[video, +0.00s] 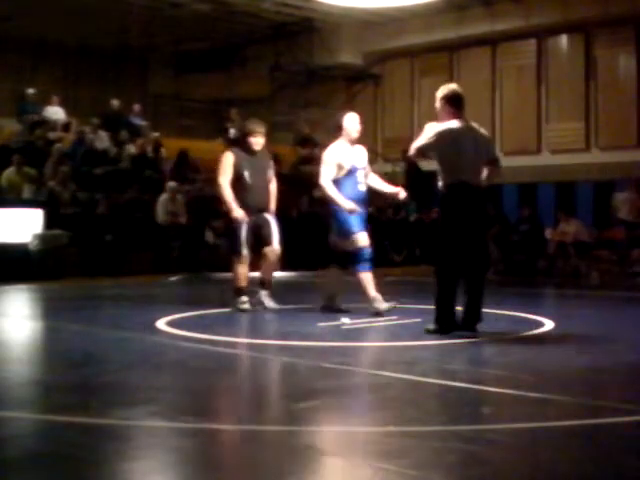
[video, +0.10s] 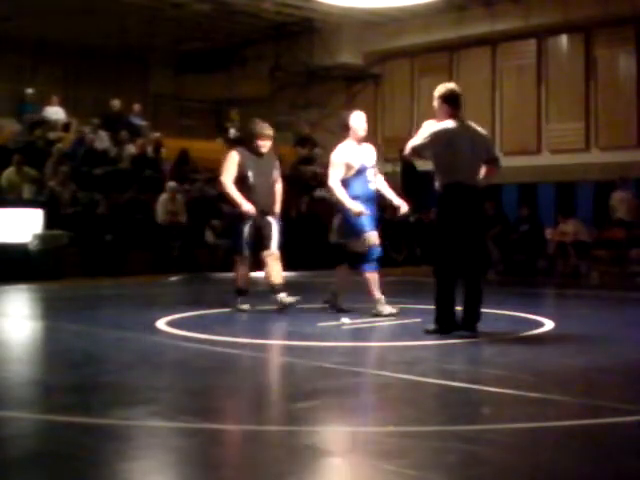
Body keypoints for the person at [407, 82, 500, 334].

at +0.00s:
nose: (436, 111)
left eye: (438, 106)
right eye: (437, 106)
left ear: (445, 107)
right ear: (462, 106)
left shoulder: (438, 131)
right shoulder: (479, 133)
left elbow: (414, 153)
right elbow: (494, 165)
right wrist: (481, 184)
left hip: (449, 198)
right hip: (475, 197)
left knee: (447, 258)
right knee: (475, 259)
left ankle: (444, 319)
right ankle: (471, 319)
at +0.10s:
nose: (434, 109)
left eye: (436, 105)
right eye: (434, 104)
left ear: (443, 106)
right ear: (459, 105)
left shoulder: (435, 130)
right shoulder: (477, 132)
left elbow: (409, 152)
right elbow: (493, 163)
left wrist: (423, 129)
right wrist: (478, 182)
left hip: (446, 198)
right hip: (472, 198)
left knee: (445, 260)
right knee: (473, 261)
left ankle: (444, 320)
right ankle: (470, 321)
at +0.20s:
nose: (429, 108)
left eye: (432, 103)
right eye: (430, 103)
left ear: (440, 106)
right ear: (456, 106)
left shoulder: (432, 131)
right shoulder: (472, 131)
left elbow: (405, 152)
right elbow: (493, 160)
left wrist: (419, 129)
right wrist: (476, 180)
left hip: (443, 197)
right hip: (469, 196)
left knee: (444, 260)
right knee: (470, 259)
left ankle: (445, 320)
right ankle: (470, 321)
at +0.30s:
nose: (426, 109)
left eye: (427, 104)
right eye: (427, 104)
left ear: (433, 106)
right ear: (450, 105)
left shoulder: (427, 132)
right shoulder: (467, 130)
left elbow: (401, 156)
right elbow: (491, 157)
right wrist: (475, 179)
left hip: (439, 197)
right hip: (466, 196)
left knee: (443, 261)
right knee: (466, 259)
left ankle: (445, 321)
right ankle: (469, 321)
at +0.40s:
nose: (422, 109)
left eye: (423, 105)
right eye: (423, 105)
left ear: (428, 107)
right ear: (447, 105)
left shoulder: (424, 134)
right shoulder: (465, 129)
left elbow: (402, 159)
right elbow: (489, 152)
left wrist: (412, 183)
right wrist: (476, 177)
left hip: (436, 198)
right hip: (462, 196)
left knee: (440, 261)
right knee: (462, 259)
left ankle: (445, 322)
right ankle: (468, 322)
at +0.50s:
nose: (419, 111)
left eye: (420, 107)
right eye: (421, 107)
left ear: (424, 108)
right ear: (443, 106)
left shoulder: (420, 134)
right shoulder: (460, 129)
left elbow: (403, 165)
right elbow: (486, 150)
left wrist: (414, 185)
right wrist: (473, 176)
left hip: (433, 197)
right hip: (459, 194)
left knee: (439, 261)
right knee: (460, 259)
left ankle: (444, 322)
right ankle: (468, 321)